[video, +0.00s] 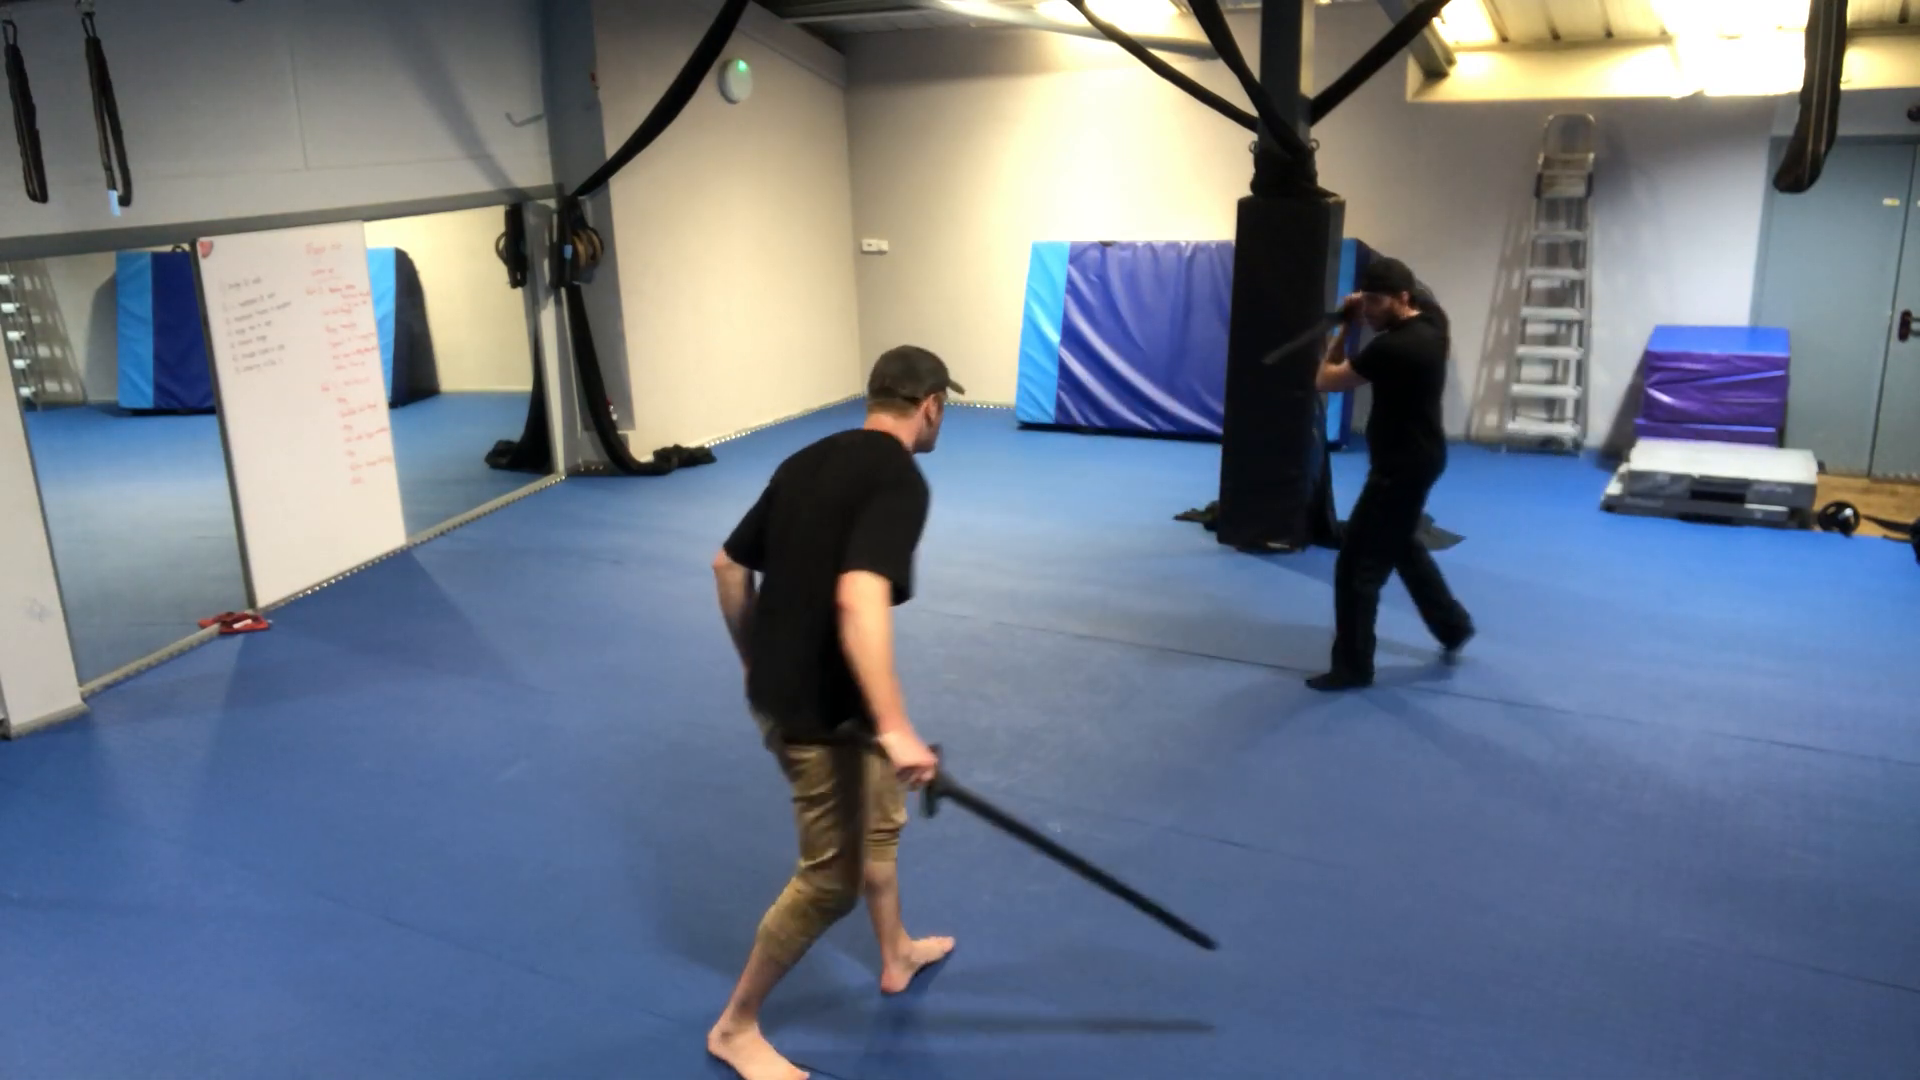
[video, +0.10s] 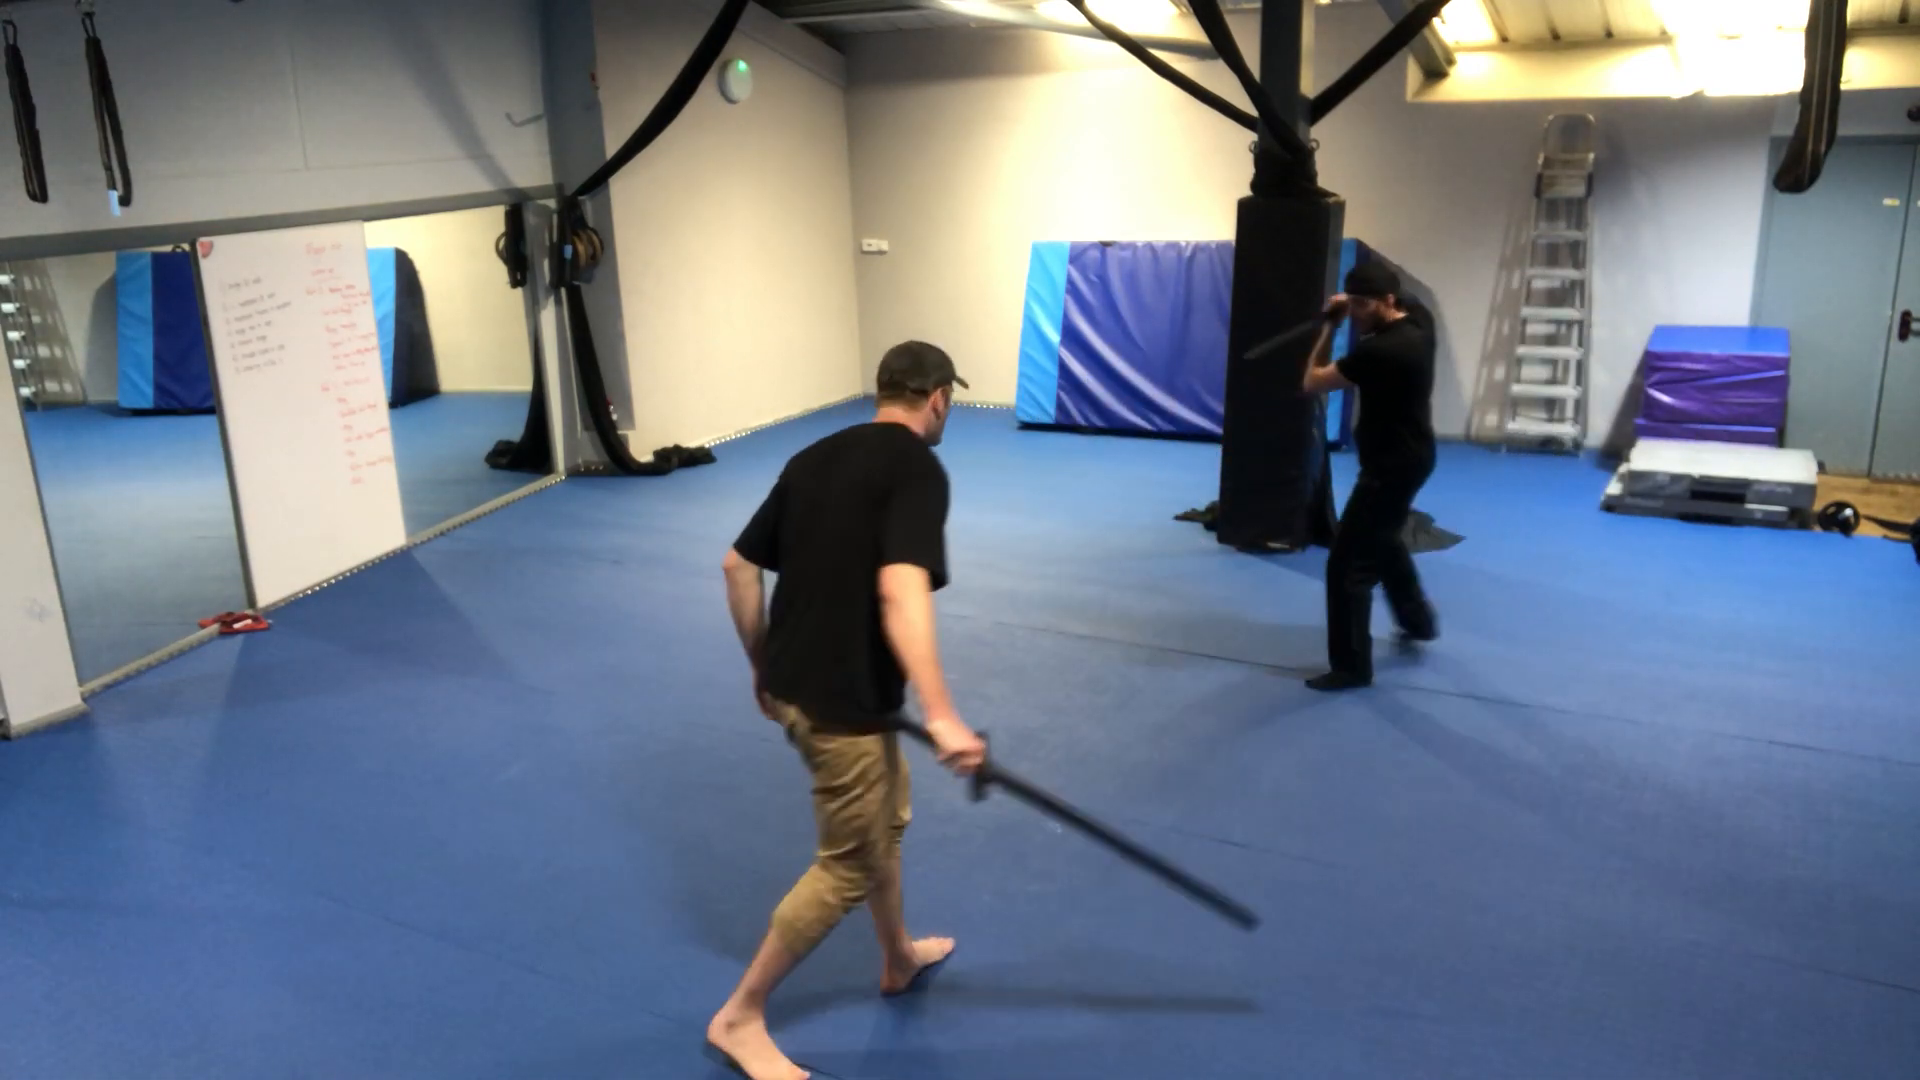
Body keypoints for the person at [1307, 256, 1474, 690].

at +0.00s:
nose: (1366, 308)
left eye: (1372, 300)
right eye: (1365, 299)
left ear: (1399, 299)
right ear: (1406, 299)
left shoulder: (1392, 346)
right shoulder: (1432, 326)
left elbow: (1326, 379)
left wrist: (1346, 329)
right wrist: (1362, 307)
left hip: (1397, 465)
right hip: (1421, 456)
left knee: (1357, 565)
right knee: (1402, 543)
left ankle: (1352, 668)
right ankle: (1452, 625)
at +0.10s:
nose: (1354, 312)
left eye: (1360, 305)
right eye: (1353, 304)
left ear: (1385, 302)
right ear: (1390, 301)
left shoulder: (1380, 350)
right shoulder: (1417, 323)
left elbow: (1311, 381)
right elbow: (1389, 303)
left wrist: (1329, 326)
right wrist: (1353, 301)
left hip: (1388, 466)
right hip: (1412, 456)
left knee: (1346, 562)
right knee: (1382, 538)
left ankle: (1351, 668)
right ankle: (1417, 622)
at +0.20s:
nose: (1345, 317)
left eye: (1350, 309)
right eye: (1342, 309)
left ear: (1375, 305)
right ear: (1381, 304)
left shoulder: (1371, 351)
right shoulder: (1406, 324)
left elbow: (1302, 382)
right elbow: (1378, 304)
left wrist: (1319, 327)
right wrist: (1342, 301)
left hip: (1380, 467)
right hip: (1402, 457)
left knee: (1338, 559)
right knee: (1373, 543)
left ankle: (1349, 668)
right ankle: (1376, 627)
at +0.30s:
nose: (1339, 320)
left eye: (1344, 312)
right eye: (1336, 311)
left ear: (1369, 307)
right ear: (1373, 306)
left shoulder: (1368, 351)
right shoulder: (1396, 327)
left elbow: (1295, 383)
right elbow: (1371, 303)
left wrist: (1310, 327)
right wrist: (1334, 301)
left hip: (1376, 470)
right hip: (1389, 460)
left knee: (1337, 564)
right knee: (1355, 548)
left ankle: (1350, 668)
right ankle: (1343, 617)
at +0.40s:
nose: (1334, 317)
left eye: (1339, 309)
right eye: (1331, 308)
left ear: (1364, 306)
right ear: (1366, 304)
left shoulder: (1364, 350)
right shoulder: (1387, 324)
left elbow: (1291, 383)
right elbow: (1357, 294)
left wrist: (1297, 326)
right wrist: (1322, 297)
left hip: (1370, 470)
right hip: (1375, 459)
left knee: (1332, 564)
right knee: (1341, 544)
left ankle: (1350, 669)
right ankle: (1334, 616)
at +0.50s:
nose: (1330, 315)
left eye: (1336, 307)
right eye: (1328, 306)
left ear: (1360, 303)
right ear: (1359, 300)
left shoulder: (1363, 349)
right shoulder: (1378, 318)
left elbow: (1290, 381)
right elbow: (1342, 279)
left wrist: (1290, 326)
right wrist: (1311, 293)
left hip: (1366, 467)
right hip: (1358, 457)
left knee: (1333, 565)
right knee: (1332, 538)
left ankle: (1350, 669)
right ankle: (1334, 617)